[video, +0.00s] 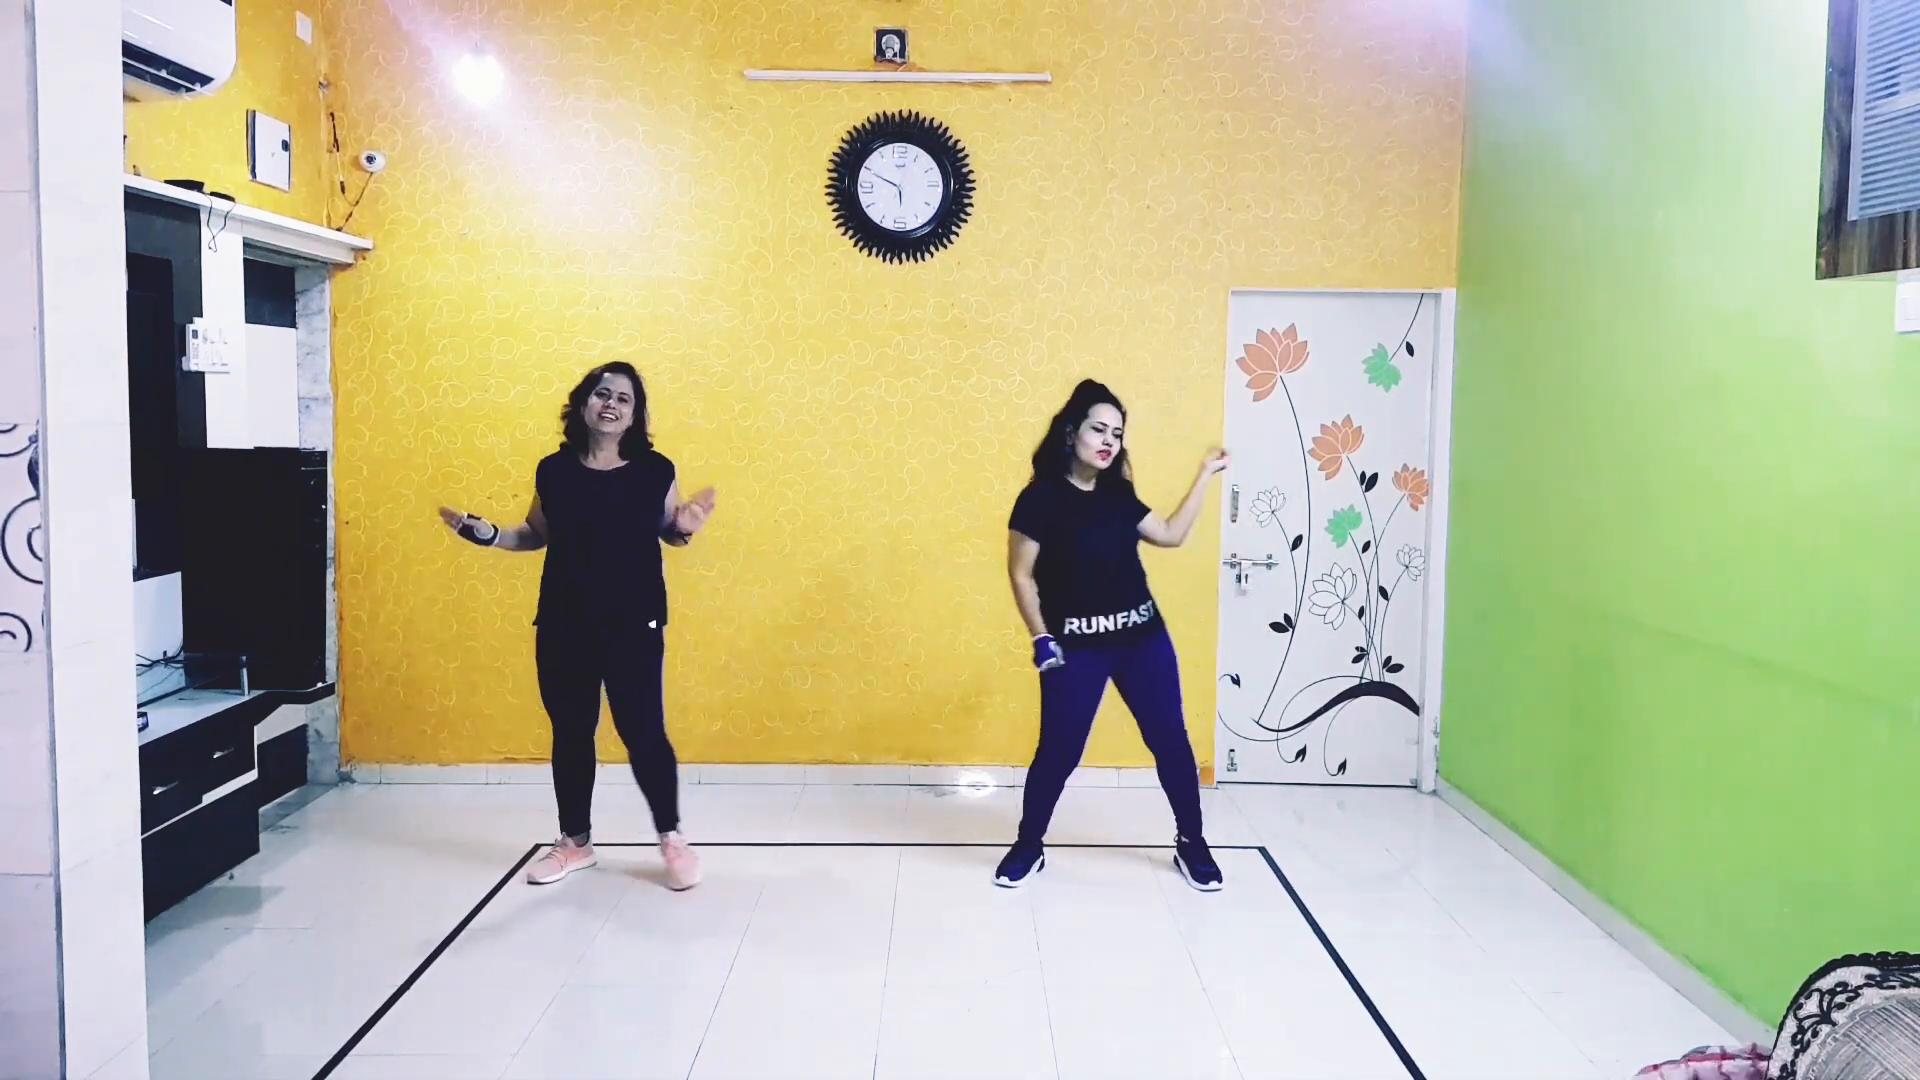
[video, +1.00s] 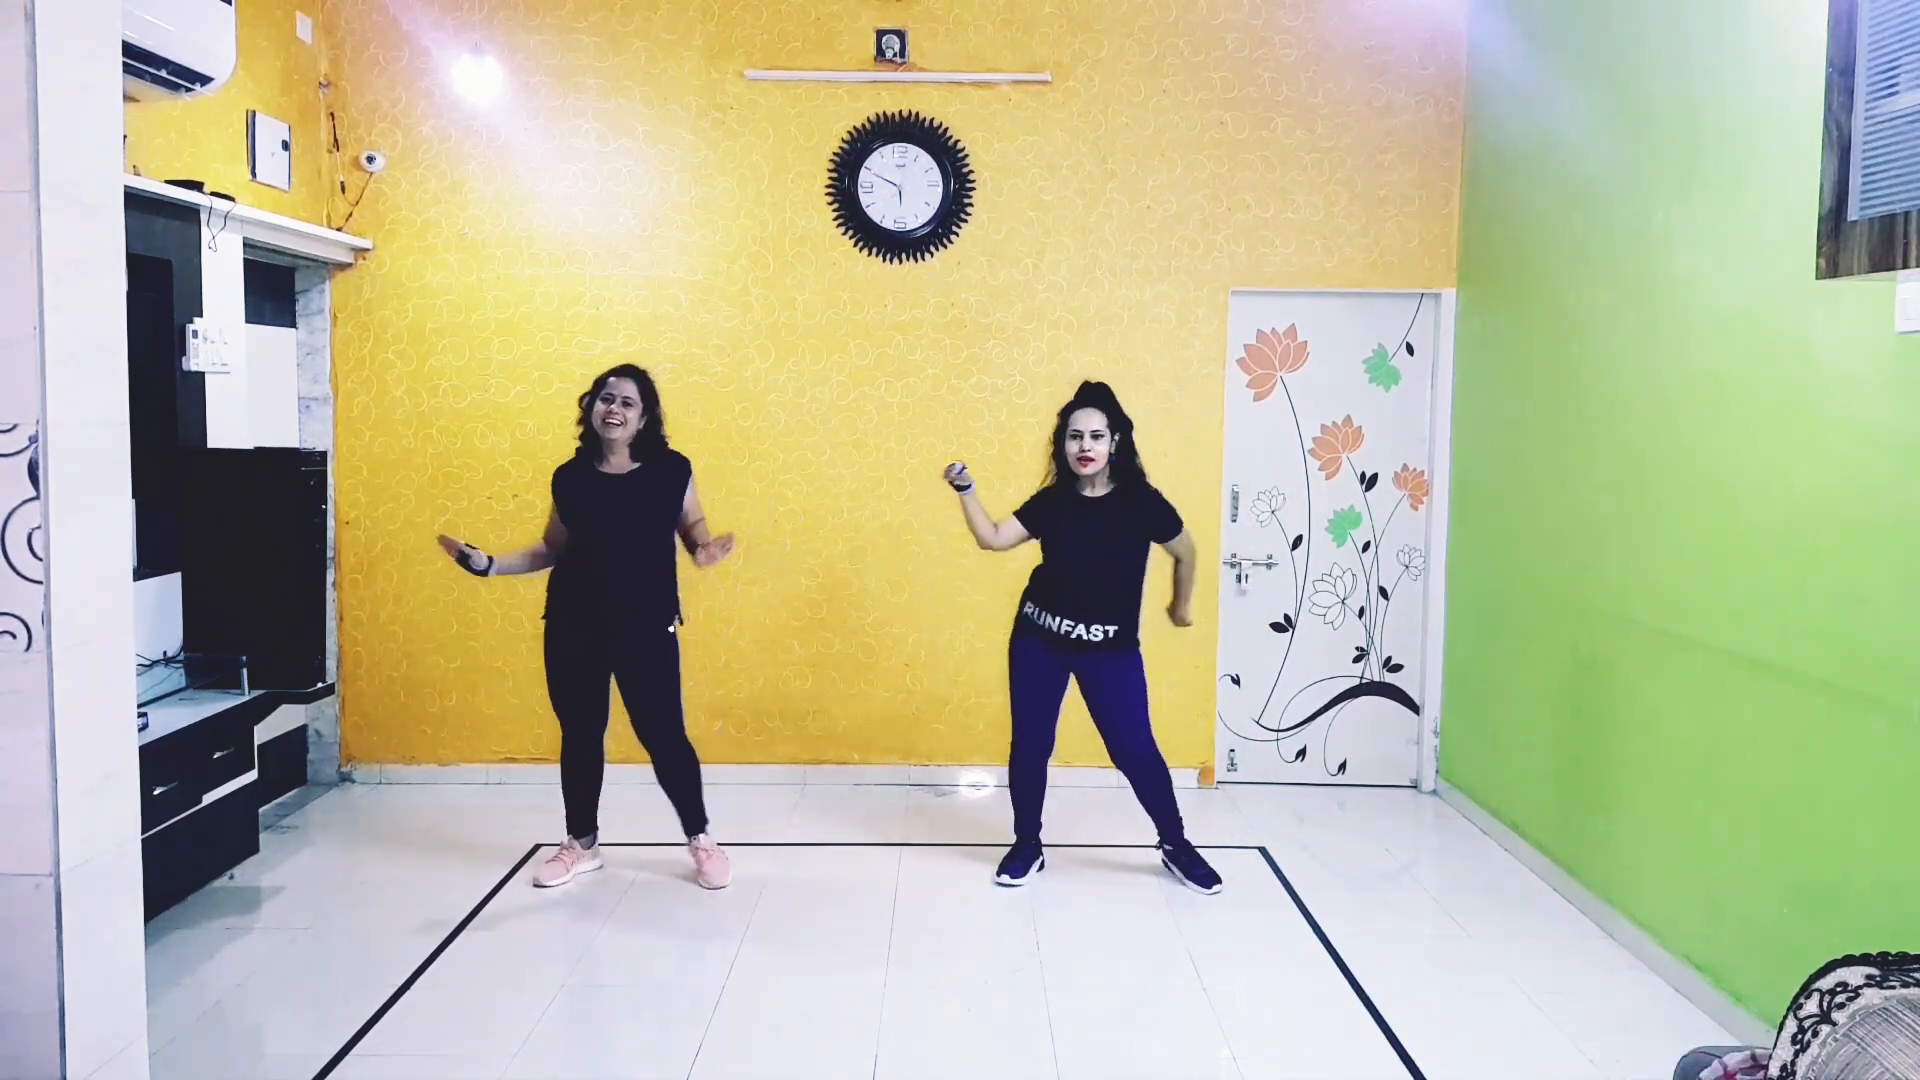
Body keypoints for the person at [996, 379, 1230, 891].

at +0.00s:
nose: (1109, 440)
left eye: (1116, 433)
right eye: (1099, 428)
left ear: (1120, 442)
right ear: (1071, 430)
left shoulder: (1116, 495)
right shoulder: (1040, 498)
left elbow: (1171, 534)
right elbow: (1021, 574)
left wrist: (1206, 473)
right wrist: (1042, 639)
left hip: (1141, 639)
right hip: (1074, 645)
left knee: (1171, 741)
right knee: (1057, 755)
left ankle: (1192, 841)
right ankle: (1028, 844)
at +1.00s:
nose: (1084, 446)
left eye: (1095, 437)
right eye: (1074, 436)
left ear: (1115, 444)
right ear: (1062, 444)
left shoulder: (1140, 501)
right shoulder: (1055, 500)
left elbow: (1186, 553)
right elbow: (992, 537)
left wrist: (1180, 606)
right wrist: (966, 491)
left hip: (1109, 646)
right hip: (1041, 638)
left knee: (1136, 752)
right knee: (1030, 745)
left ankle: (1175, 843)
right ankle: (1027, 843)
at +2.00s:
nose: (1118, 437)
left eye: (1131, 429)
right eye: (1109, 424)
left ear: (1145, 438)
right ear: (1091, 428)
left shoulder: (1161, 489)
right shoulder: (1070, 493)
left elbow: (1203, 556)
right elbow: (1050, 566)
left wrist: (1252, 611)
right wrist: (1033, 628)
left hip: (1156, 640)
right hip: (1084, 638)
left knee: (1172, 748)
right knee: (1060, 745)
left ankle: (1190, 846)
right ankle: (1029, 843)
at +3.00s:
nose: (1165, 447)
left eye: (1177, 437)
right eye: (1156, 435)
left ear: (1194, 442)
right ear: (1140, 438)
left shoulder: (1211, 498)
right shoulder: (1119, 498)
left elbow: (1242, 563)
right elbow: (1083, 557)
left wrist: (1275, 609)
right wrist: (1042, 606)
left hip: (1205, 645)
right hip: (1133, 645)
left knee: (1222, 748)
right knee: (1110, 749)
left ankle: (1235, 843)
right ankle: (1075, 841)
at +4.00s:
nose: (1167, 430)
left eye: (1179, 422)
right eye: (1158, 421)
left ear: (1197, 435)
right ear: (1144, 431)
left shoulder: (1212, 496)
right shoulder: (1121, 492)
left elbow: (1243, 559)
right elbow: (1085, 557)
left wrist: (1277, 609)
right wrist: (1051, 613)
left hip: (1196, 638)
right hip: (1124, 635)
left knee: (1214, 741)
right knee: (1100, 740)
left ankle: (1233, 842)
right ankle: (1071, 839)